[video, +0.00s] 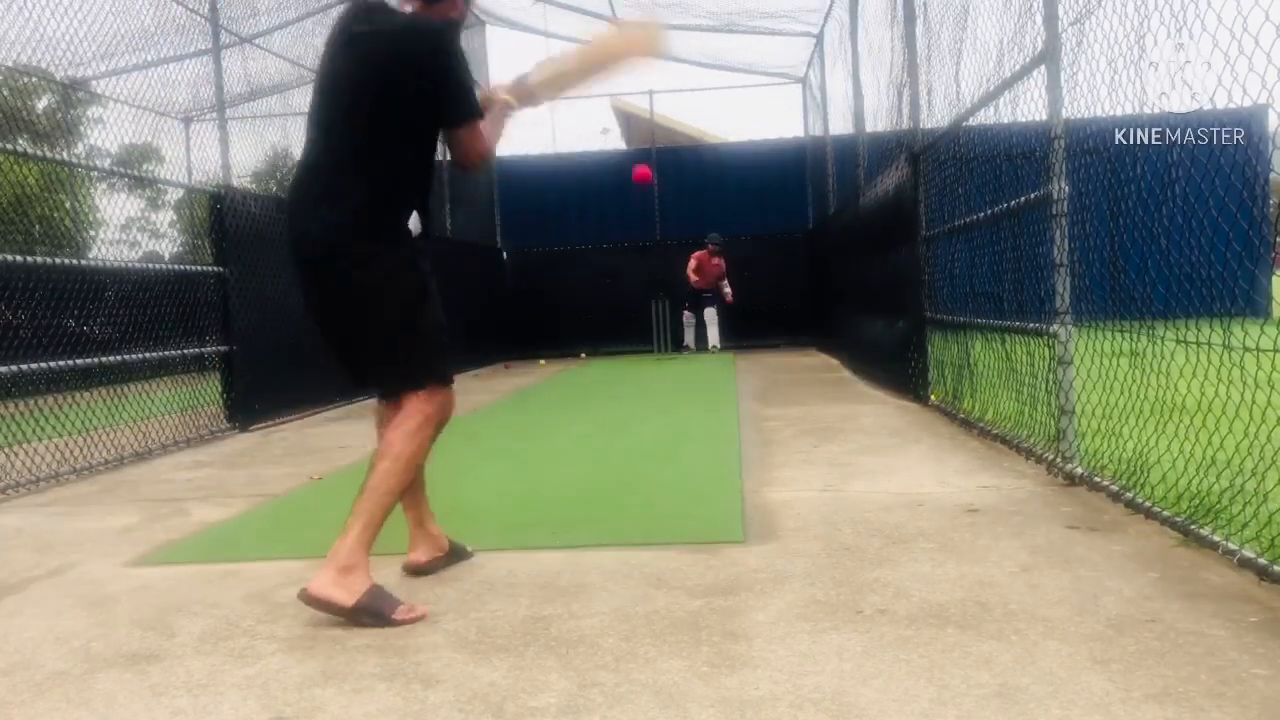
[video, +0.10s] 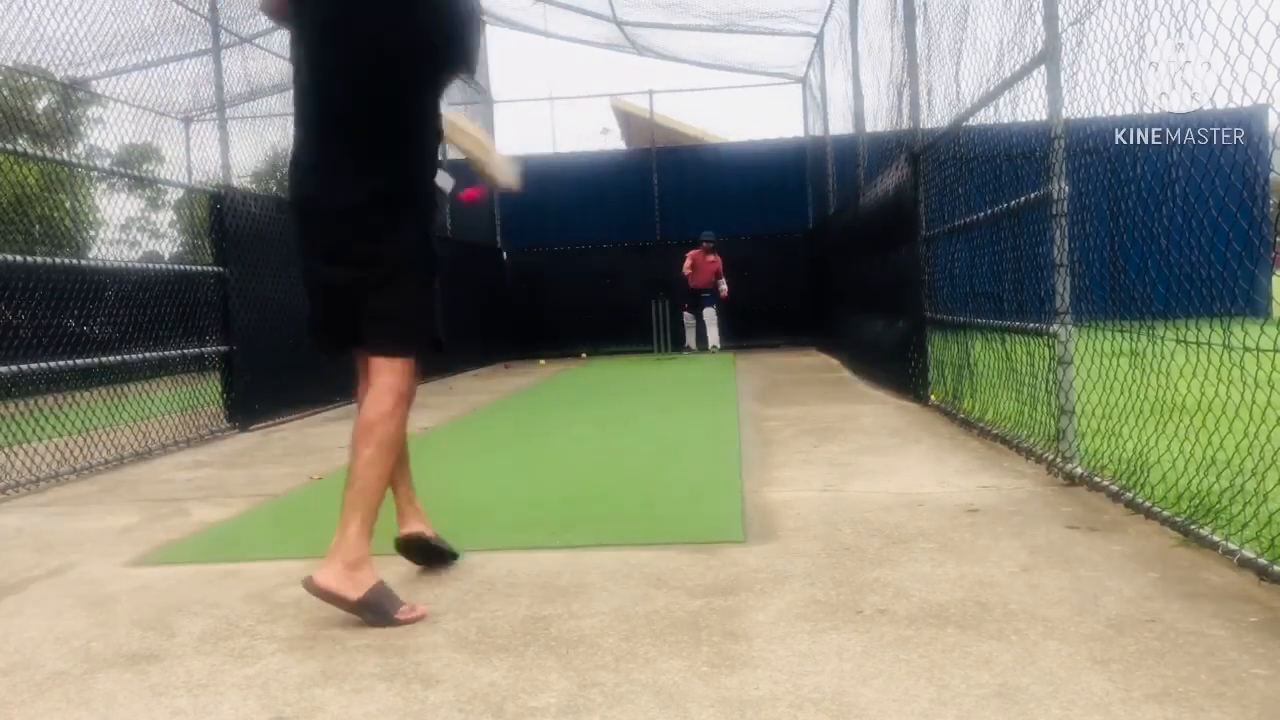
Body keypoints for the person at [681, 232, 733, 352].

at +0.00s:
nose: (715, 248)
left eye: (717, 245)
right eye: (713, 245)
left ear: (720, 246)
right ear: (707, 245)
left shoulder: (720, 260)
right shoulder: (698, 256)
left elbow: (722, 279)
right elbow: (689, 269)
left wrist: (727, 292)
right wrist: (693, 277)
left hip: (710, 290)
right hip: (695, 289)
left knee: (711, 314)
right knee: (688, 315)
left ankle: (714, 345)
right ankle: (689, 345)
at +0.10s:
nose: (707, 245)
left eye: (710, 242)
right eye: (705, 242)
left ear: (714, 244)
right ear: (701, 243)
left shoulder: (716, 258)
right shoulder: (693, 255)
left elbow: (720, 277)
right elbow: (686, 266)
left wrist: (723, 288)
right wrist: (687, 270)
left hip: (708, 290)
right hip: (693, 289)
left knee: (710, 314)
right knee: (689, 317)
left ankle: (714, 345)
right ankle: (691, 345)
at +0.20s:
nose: (702, 244)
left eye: (704, 241)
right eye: (700, 241)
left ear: (707, 242)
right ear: (696, 242)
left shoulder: (712, 258)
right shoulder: (687, 256)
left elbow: (717, 275)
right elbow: (682, 271)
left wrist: (718, 283)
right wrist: (683, 269)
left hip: (707, 292)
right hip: (691, 292)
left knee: (709, 317)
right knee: (689, 319)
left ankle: (714, 345)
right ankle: (690, 346)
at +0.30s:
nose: (697, 243)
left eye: (699, 240)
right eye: (694, 240)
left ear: (703, 241)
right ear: (691, 241)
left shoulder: (708, 256)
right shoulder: (684, 256)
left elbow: (714, 273)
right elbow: (681, 272)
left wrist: (714, 280)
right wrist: (683, 272)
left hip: (705, 289)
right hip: (689, 290)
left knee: (708, 316)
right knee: (689, 319)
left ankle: (714, 344)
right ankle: (690, 346)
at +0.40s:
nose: (694, 243)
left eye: (696, 240)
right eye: (691, 240)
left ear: (700, 241)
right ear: (688, 242)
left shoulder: (707, 255)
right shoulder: (683, 256)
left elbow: (713, 272)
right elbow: (680, 271)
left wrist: (712, 280)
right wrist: (683, 275)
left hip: (703, 289)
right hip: (689, 290)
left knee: (707, 316)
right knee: (689, 319)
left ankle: (713, 344)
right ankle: (690, 346)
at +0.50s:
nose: (692, 243)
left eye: (694, 241)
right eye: (689, 241)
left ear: (699, 241)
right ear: (687, 242)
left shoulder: (707, 255)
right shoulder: (682, 256)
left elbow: (713, 272)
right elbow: (680, 272)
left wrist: (711, 279)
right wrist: (684, 275)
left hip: (702, 289)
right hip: (688, 290)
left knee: (706, 316)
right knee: (689, 318)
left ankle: (713, 345)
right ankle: (690, 346)